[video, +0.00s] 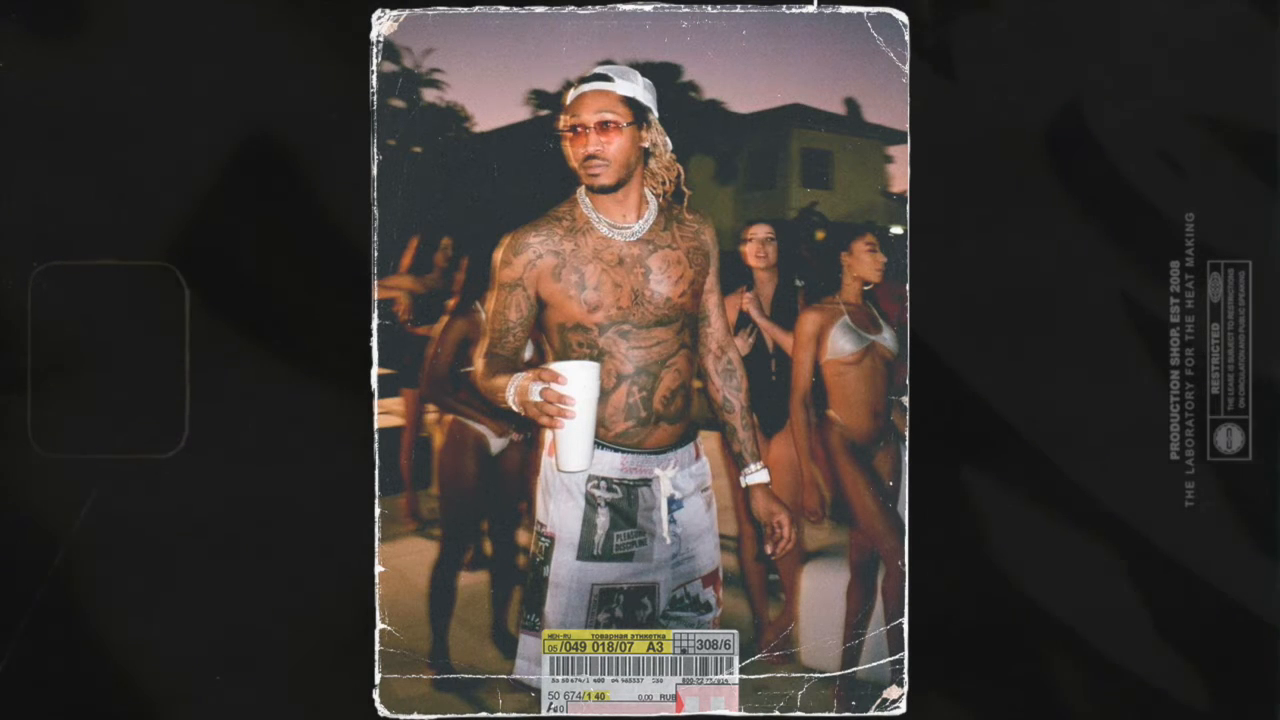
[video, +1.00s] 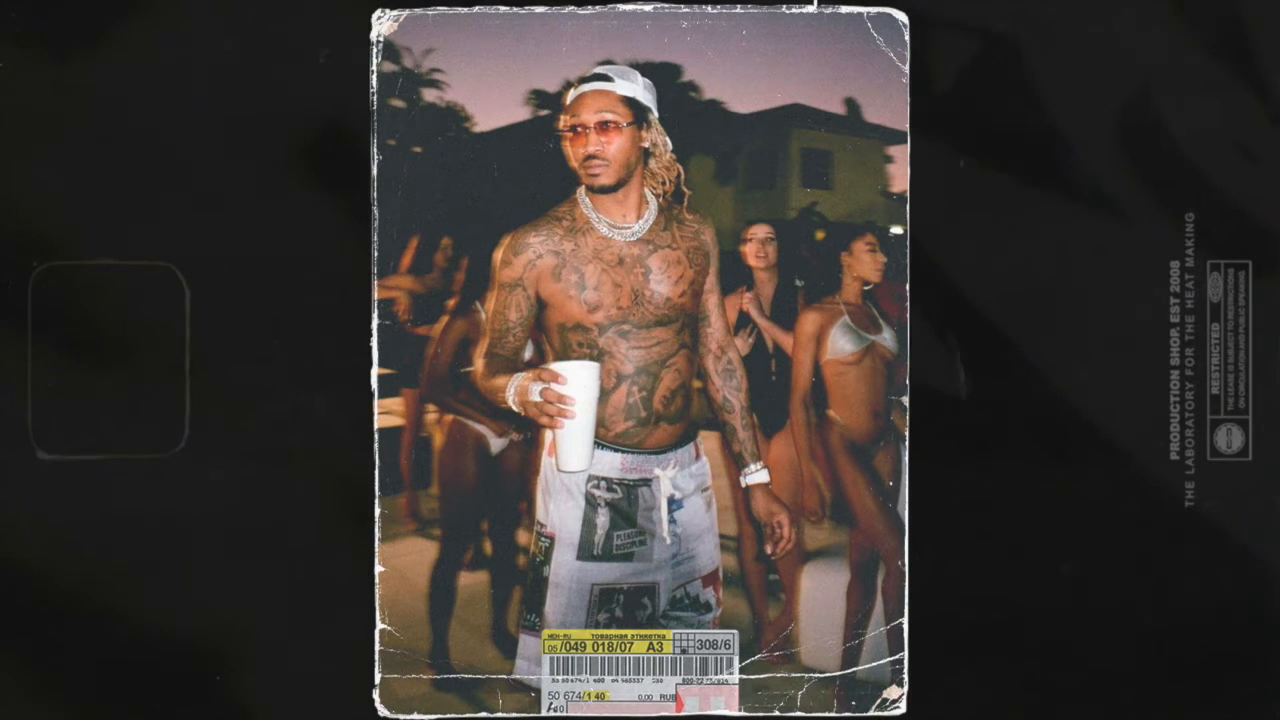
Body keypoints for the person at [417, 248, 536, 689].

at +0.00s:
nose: (515, 288)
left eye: (522, 280)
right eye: (508, 278)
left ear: (532, 288)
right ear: (494, 278)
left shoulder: (531, 333)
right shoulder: (465, 323)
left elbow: (543, 386)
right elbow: (434, 387)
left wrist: (529, 421)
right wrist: (490, 422)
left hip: (515, 443)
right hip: (465, 439)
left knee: (506, 540)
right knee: (456, 544)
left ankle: (501, 627)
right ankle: (439, 649)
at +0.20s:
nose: (514, 287)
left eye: (522, 280)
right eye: (508, 277)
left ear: (531, 288)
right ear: (493, 277)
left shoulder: (531, 332)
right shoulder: (466, 321)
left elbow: (544, 385)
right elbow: (434, 386)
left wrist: (530, 421)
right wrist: (489, 421)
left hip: (515, 444)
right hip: (465, 440)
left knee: (506, 540)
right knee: (456, 544)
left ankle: (501, 627)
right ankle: (439, 649)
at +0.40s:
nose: (514, 286)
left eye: (521, 278)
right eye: (507, 276)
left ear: (531, 287)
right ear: (493, 277)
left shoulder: (531, 331)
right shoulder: (466, 321)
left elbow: (544, 385)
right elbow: (434, 387)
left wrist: (530, 420)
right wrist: (490, 421)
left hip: (515, 445)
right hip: (465, 440)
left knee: (506, 540)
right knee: (456, 543)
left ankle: (501, 627)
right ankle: (439, 648)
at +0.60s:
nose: (514, 287)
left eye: (522, 279)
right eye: (508, 277)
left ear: (532, 288)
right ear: (493, 277)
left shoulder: (532, 333)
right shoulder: (466, 322)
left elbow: (544, 386)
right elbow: (434, 387)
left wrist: (529, 421)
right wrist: (491, 422)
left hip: (515, 443)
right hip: (465, 439)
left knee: (506, 540)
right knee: (456, 544)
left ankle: (501, 628)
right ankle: (439, 651)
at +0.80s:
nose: (514, 286)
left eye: (522, 279)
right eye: (508, 276)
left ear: (532, 287)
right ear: (493, 276)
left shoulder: (532, 332)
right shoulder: (466, 321)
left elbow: (544, 386)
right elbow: (434, 386)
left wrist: (529, 421)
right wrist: (490, 422)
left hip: (515, 444)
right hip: (465, 440)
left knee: (506, 540)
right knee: (455, 545)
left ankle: (501, 628)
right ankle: (439, 651)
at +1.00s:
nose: (515, 286)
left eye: (523, 278)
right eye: (509, 276)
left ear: (532, 287)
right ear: (495, 277)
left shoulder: (531, 331)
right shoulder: (466, 321)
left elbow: (544, 384)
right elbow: (434, 386)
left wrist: (530, 421)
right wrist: (490, 421)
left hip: (515, 443)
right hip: (465, 439)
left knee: (506, 541)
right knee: (455, 545)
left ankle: (501, 627)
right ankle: (439, 652)